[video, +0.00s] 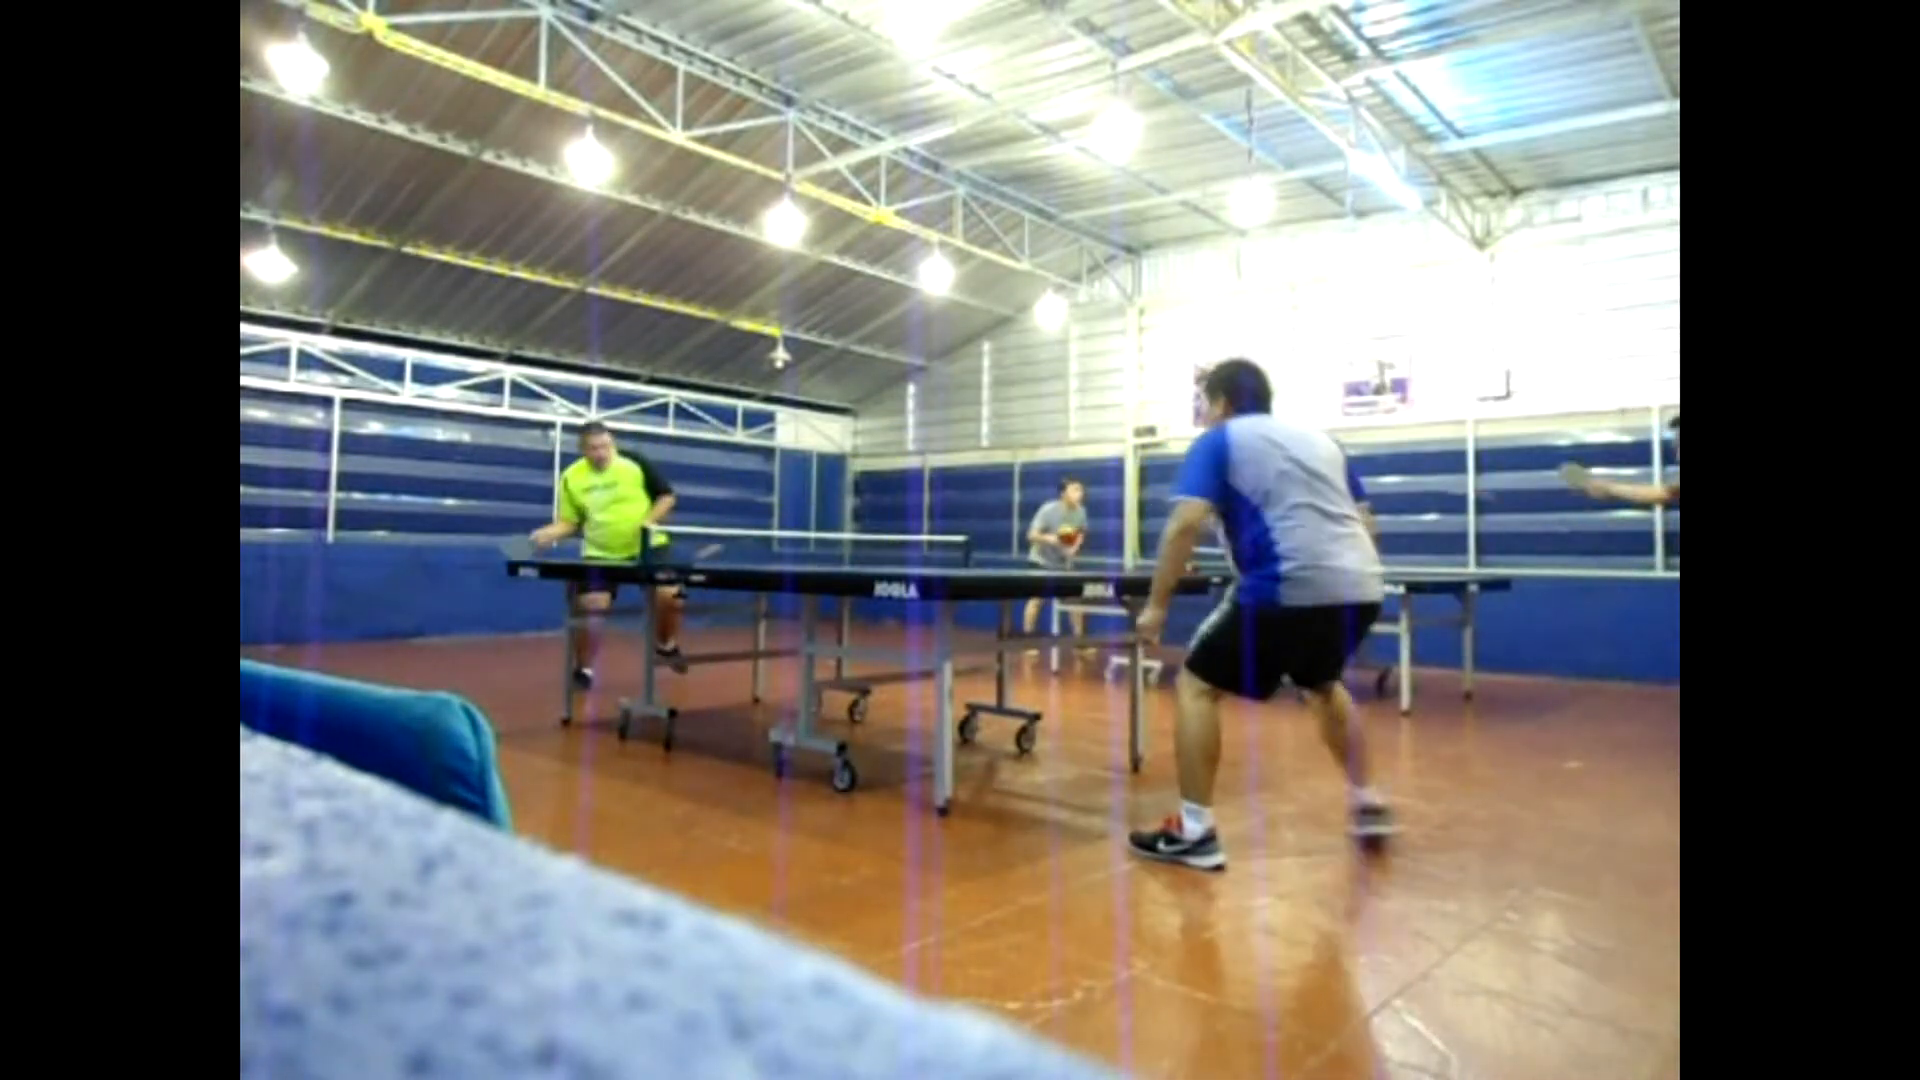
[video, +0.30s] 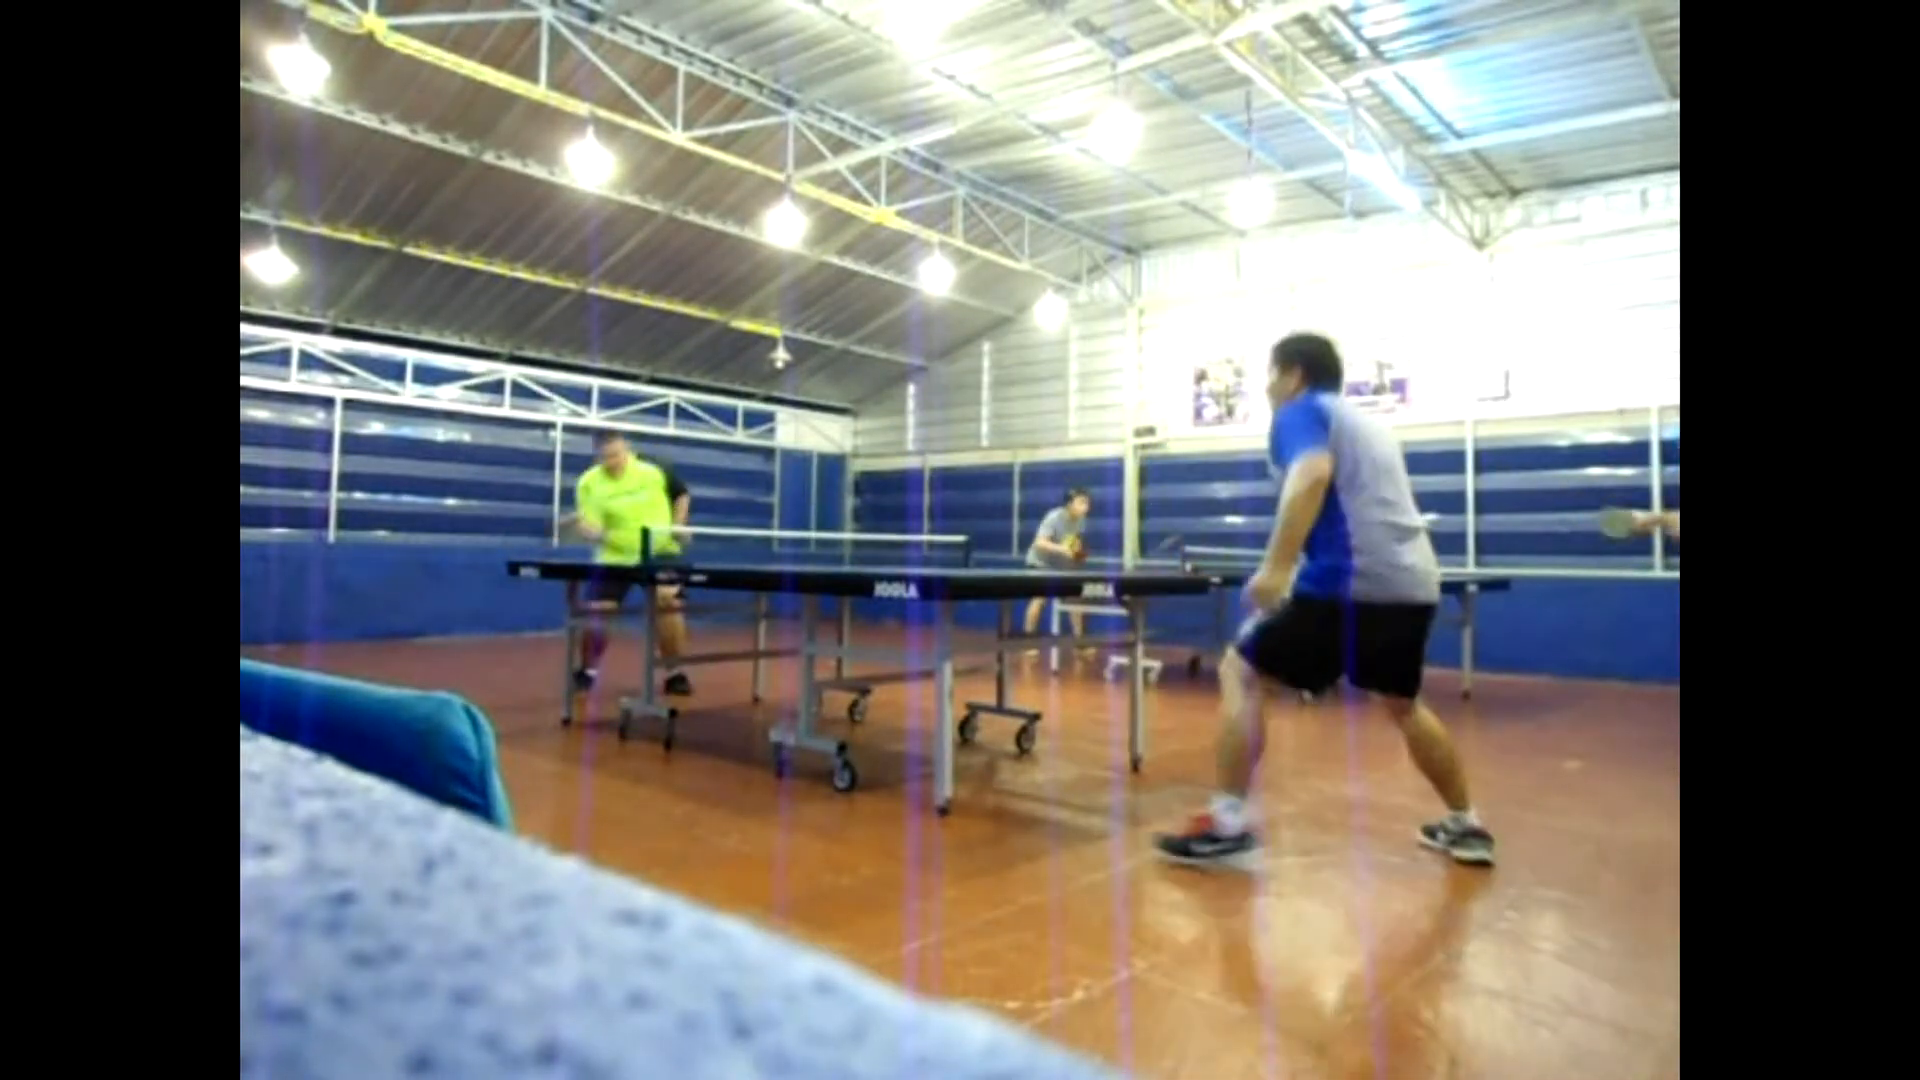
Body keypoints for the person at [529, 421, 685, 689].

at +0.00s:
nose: (600, 454)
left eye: (603, 447)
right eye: (593, 448)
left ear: (612, 444)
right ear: (583, 449)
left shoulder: (635, 464)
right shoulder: (572, 478)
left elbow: (666, 496)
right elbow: (569, 520)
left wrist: (649, 521)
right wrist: (549, 534)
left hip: (644, 546)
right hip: (600, 552)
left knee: (669, 594)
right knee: (593, 605)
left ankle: (667, 644)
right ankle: (585, 667)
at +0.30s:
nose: (613, 462)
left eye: (617, 455)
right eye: (606, 457)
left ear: (627, 449)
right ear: (599, 456)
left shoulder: (653, 472)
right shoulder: (589, 482)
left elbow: (681, 494)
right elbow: (586, 518)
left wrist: (677, 525)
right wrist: (592, 530)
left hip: (658, 549)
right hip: (615, 553)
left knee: (668, 600)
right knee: (599, 610)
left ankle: (674, 669)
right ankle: (588, 669)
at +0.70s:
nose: (658, 440)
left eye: (657, 435)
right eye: (654, 435)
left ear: (630, 439)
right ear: (644, 437)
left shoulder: (609, 469)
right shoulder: (651, 462)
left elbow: (604, 515)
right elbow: (681, 477)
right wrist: (658, 453)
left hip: (608, 551)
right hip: (636, 551)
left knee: (642, 605)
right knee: (658, 601)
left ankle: (633, 664)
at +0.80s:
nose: (659, 450)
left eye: (659, 443)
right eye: (655, 443)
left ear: (634, 445)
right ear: (641, 444)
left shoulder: (611, 472)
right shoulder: (650, 471)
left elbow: (603, 512)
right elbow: (672, 509)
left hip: (602, 551)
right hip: (632, 553)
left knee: (638, 608)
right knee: (644, 607)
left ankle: (634, 668)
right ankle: (618, 674)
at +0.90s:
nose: (658, 447)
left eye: (659, 442)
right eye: (652, 441)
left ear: (659, 446)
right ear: (636, 444)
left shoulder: (625, 468)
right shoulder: (636, 471)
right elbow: (647, 512)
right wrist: (667, 542)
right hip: (617, 552)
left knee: (635, 608)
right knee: (615, 610)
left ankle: (633, 668)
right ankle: (618, 673)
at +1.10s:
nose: (628, 429)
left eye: (631, 423)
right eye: (621, 422)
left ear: (634, 428)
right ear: (607, 425)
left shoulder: (631, 459)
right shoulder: (587, 450)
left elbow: (627, 501)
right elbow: (578, 492)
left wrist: (641, 527)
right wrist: (621, 515)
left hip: (617, 539)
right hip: (586, 537)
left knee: (626, 599)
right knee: (573, 597)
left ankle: (632, 660)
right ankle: (537, 656)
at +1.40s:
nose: (565, 455)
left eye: (569, 449)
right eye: (558, 449)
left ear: (576, 450)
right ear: (547, 449)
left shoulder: (589, 480)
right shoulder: (527, 478)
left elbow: (611, 507)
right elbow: (512, 514)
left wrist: (605, 515)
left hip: (584, 557)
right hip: (540, 556)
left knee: (608, 606)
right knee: (523, 610)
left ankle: (610, 660)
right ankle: (497, 667)